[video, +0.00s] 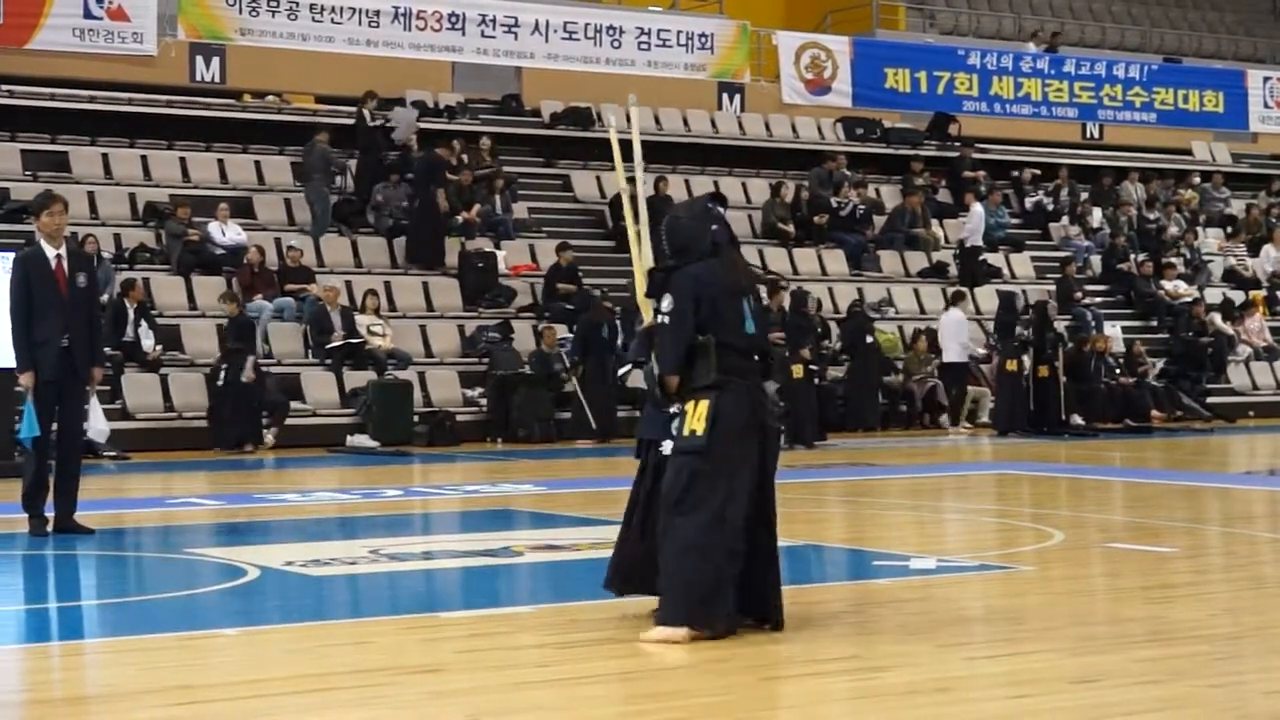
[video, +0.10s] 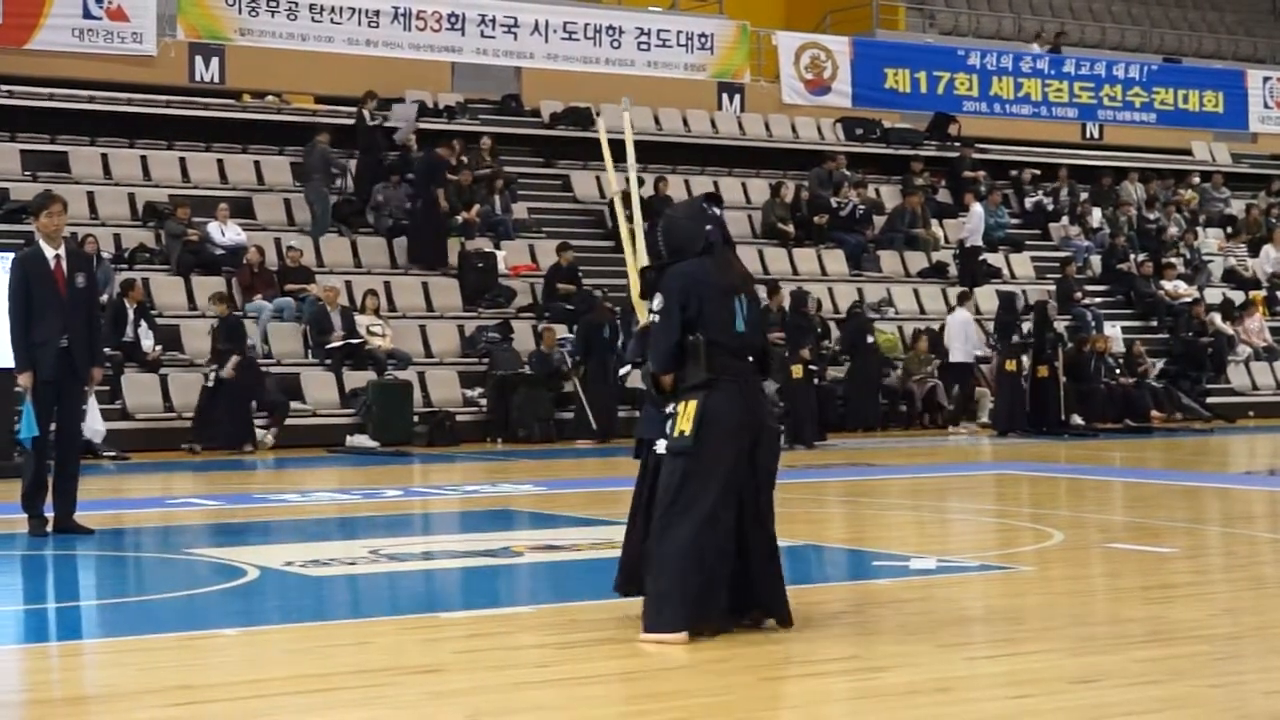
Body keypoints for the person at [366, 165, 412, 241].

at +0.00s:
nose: (395, 178)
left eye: (397, 175)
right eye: (392, 175)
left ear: (400, 176)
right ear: (389, 176)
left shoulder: (405, 188)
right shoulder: (380, 188)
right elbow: (373, 205)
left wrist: (407, 205)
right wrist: (377, 202)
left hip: (402, 216)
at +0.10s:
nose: (395, 178)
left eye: (397, 176)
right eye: (393, 176)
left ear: (400, 177)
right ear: (389, 176)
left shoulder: (405, 188)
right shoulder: (379, 188)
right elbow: (372, 206)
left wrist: (410, 205)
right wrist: (377, 202)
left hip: (402, 217)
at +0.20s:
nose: (396, 179)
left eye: (398, 176)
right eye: (394, 176)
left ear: (401, 177)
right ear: (389, 176)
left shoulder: (405, 188)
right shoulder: (379, 188)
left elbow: (414, 197)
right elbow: (372, 205)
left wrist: (411, 204)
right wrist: (378, 202)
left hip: (402, 217)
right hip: (385, 217)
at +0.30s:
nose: (396, 179)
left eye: (398, 177)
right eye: (394, 177)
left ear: (400, 177)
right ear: (390, 177)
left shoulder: (404, 187)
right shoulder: (379, 188)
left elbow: (413, 197)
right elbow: (372, 204)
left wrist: (410, 204)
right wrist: (380, 202)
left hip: (401, 216)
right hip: (385, 216)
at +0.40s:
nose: (398, 179)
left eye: (399, 177)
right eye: (396, 177)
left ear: (401, 178)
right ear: (390, 177)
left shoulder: (403, 187)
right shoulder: (379, 188)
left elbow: (414, 198)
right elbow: (370, 203)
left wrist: (408, 205)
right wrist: (380, 202)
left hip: (401, 215)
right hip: (384, 216)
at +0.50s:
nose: (398, 179)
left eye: (399, 177)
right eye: (395, 177)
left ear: (400, 178)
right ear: (390, 177)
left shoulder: (403, 187)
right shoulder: (379, 188)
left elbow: (414, 199)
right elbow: (370, 203)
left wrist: (407, 206)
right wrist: (380, 202)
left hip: (400, 215)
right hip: (384, 216)